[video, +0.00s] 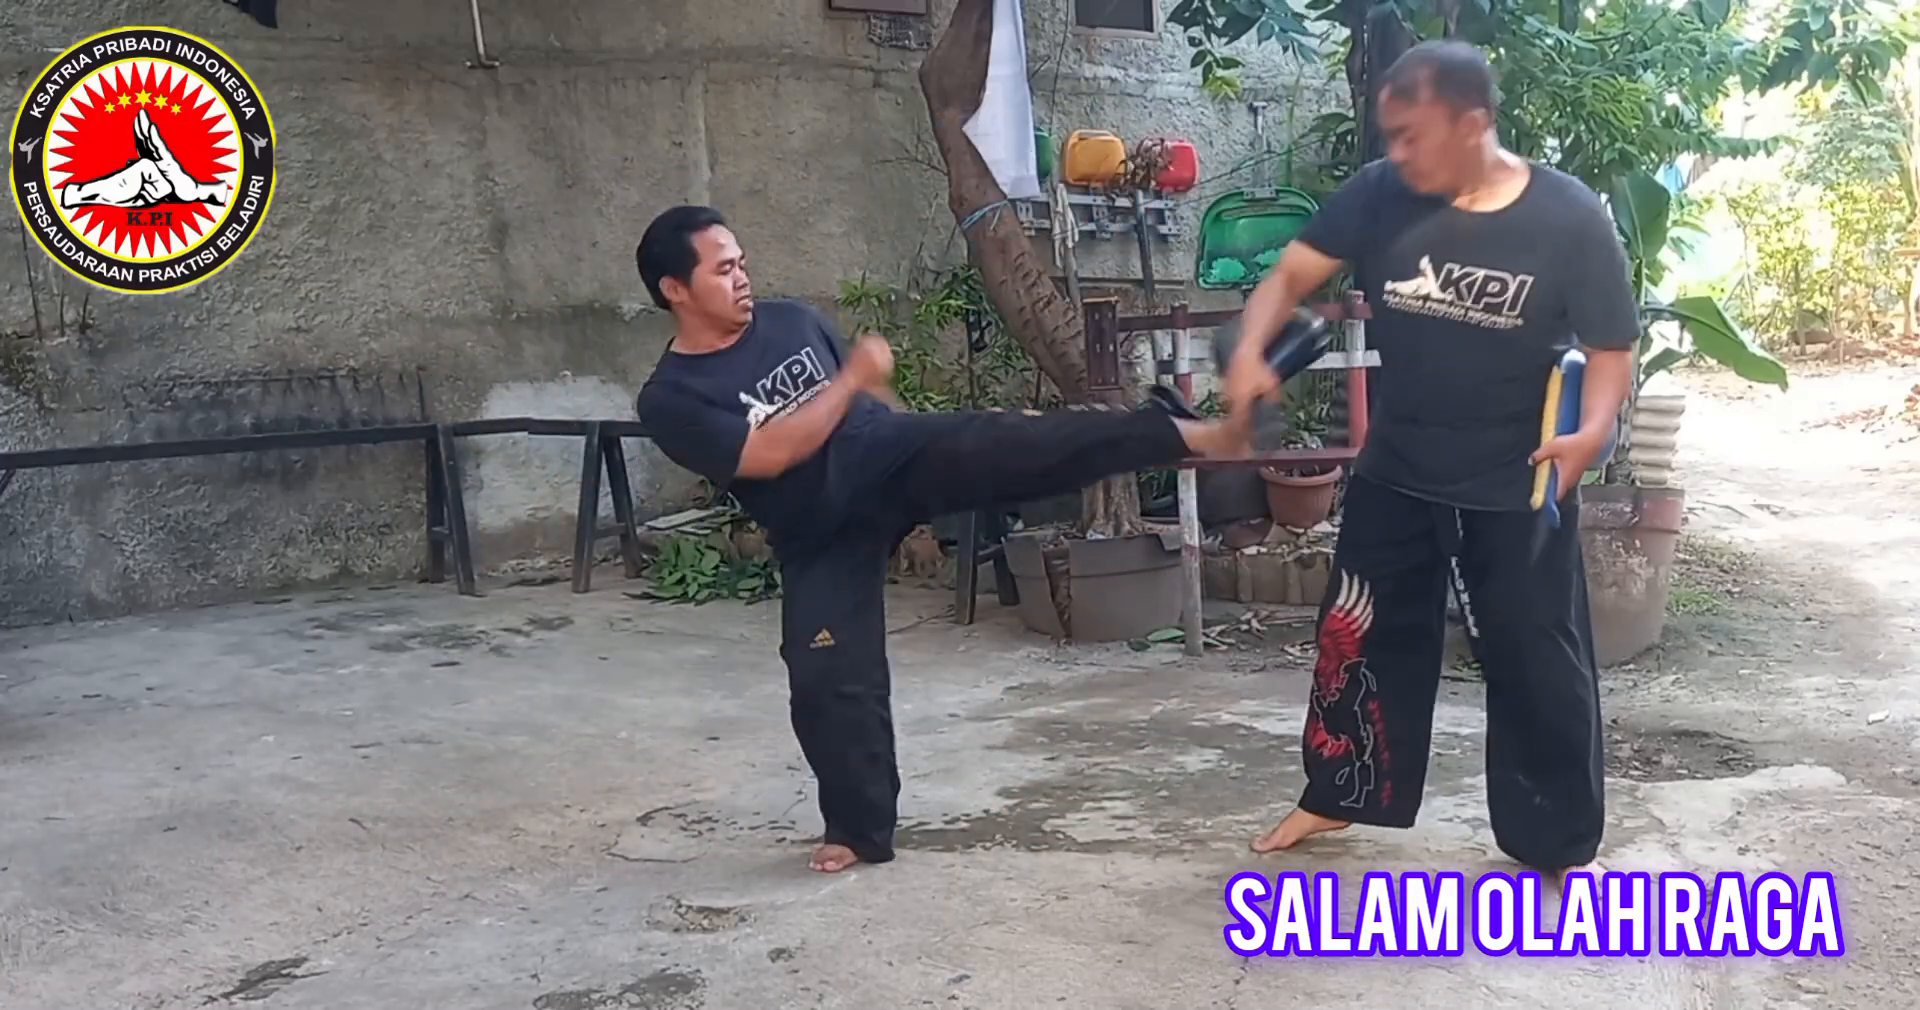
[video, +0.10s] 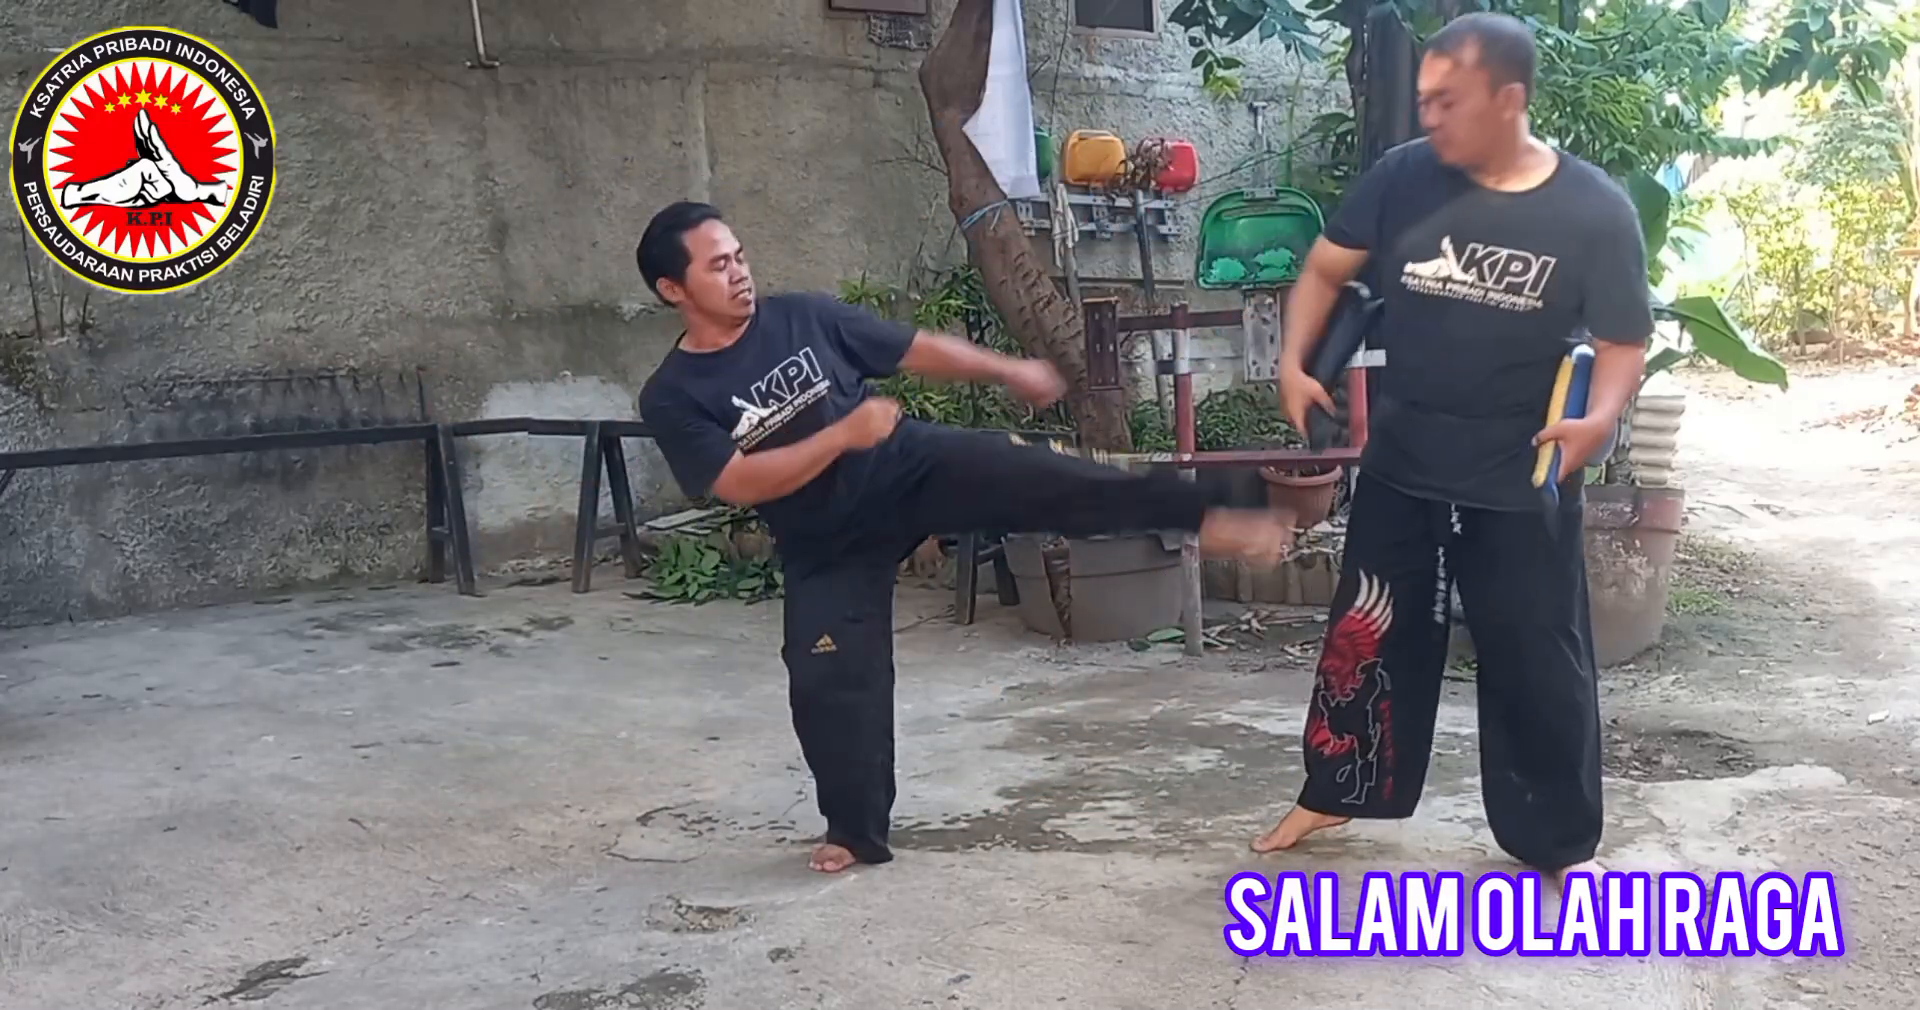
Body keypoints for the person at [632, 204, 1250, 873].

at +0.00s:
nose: (743, 277)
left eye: (740, 262)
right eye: (724, 268)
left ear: (744, 265)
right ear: (674, 291)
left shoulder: (795, 318)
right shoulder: (668, 398)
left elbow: (855, 389)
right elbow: (772, 451)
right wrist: (852, 378)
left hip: (892, 460)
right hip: (820, 537)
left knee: (1015, 440)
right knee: (825, 679)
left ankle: (1197, 438)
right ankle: (861, 830)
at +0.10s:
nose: (737, 270)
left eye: (737, 254)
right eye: (715, 263)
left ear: (747, 257)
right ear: (670, 290)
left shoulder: (805, 313)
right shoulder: (670, 396)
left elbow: (911, 349)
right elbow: (738, 481)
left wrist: (1006, 367)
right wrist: (840, 437)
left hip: (907, 467)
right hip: (824, 541)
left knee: (1053, 480)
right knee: (826, 680)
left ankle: (1210, 520)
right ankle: (856, 832)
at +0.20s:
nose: (774, 221)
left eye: (774, 206)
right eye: (752, 213)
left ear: (783, 210)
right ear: (706, 239)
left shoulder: (835, 279)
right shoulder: (692, 347)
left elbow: (944, 277)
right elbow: (726, 453)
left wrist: (980, 316)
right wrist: (813, 460)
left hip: (925, 472)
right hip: (831, 531)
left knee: (1046, 540)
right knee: (839, 677)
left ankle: (1104, 699)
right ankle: (857, 834)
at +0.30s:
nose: (842, 206)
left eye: (841, 195)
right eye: (819, 197)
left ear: (850, 212)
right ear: (771, 223)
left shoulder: (885, 285)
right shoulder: (743, 317)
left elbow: (1005, 294)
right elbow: (735, 430)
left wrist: (934, 308)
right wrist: (830, 469)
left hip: (939, 506)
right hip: (835, 535)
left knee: (999, 643)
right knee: (831, 682)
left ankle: (1011, 816)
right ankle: (846, 826)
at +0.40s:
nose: (887, 231)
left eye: (886, 219)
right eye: (866, 219)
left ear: (888, 234)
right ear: (818, 243)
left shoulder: (921, 327)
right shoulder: (779, 334)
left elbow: (1017, 400)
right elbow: (756, 448)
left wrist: (965, 368)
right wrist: (845, 494)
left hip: (943, 546)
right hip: (835, 565)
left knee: (1004, 663)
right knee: (827, 700)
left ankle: (996, 822)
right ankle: (838, 826)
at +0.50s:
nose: (895, 226)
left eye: (894, 213)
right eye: (878, 212)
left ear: (890, 224)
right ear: (826, 226)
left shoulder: (910, 328)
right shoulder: (777, 320)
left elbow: (937, 428)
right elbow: (751, 434)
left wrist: (964, 472)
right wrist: (837, 467)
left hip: (926, 550)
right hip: (825, 561)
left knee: (988, 674)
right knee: (831, 698)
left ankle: (1009, 825)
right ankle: (832, 829)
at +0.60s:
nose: (878, 211)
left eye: (878, 197)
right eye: (863, 197)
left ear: (834, 208)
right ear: (812, 208)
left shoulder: (878, 302)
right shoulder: (762, 297)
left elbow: (898, 406)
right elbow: (729, 406)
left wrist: (920, 479)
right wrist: (829, 438)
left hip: (885, 524)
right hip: (804, 533)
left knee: (941, 665)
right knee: (829, 683)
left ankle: (994, 809)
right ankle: (830, 828)